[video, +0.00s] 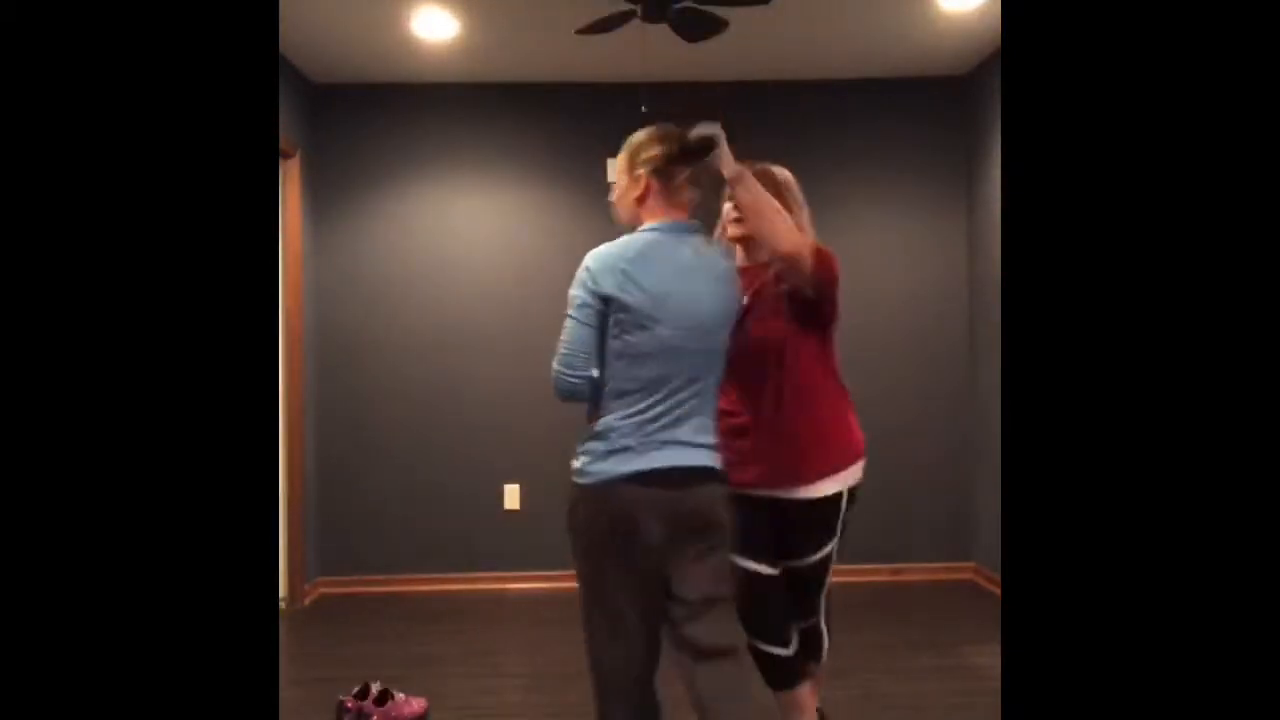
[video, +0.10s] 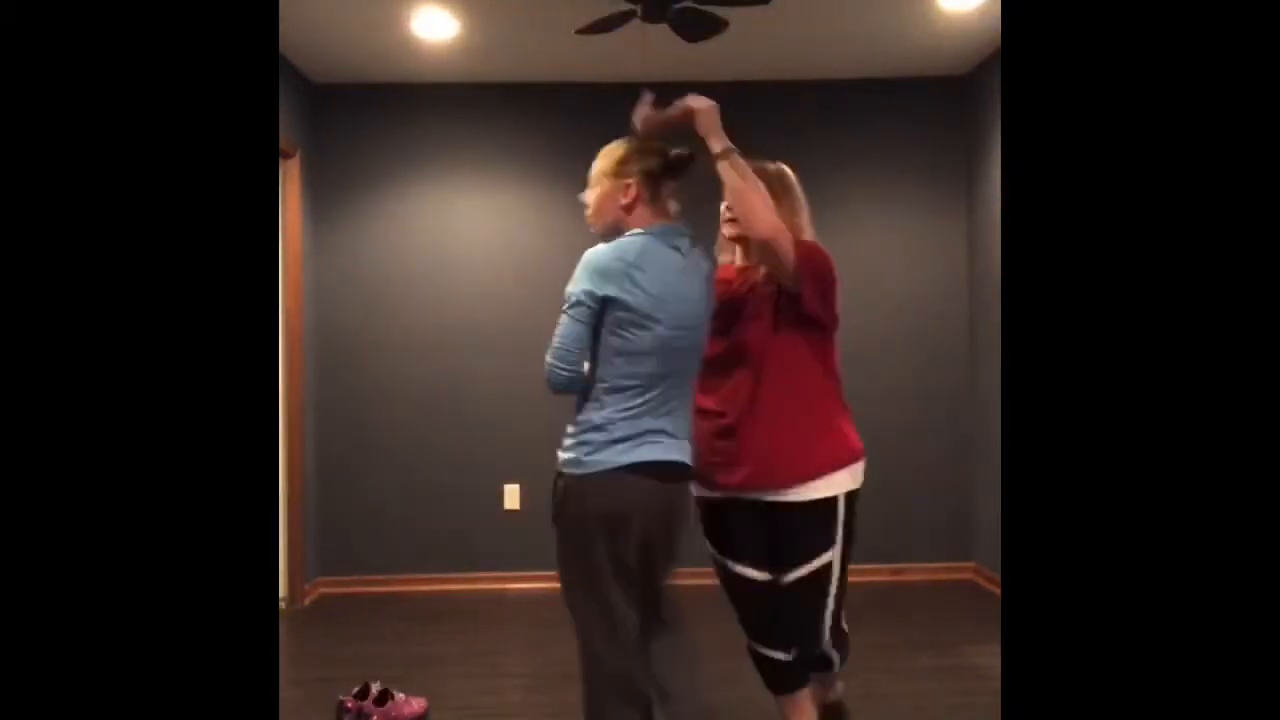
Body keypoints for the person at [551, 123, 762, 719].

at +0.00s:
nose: (612, 193)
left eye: (618, 180)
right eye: (614, 180)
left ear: (644, 184)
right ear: (687, 186)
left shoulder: (606, 263)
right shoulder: (724, 265)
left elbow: (571, 379)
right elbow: (720, 358)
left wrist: (627, 383)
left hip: (615, 490)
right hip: (701, 485)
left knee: (622, 664)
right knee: (717, 653)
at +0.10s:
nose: (585, 202)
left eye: (592, 188)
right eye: (588, 188)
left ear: (629, 192)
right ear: (653, 193)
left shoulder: (603, 261)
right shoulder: (697, 262)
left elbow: (562, 373)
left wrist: (602, 375)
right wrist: (649, 142)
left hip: (599, 484)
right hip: (668, 484)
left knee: (608, 650)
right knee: (653, 626)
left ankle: (622, 718)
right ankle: (688, 709)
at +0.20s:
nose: (570, 200)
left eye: (582, 188)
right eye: (574, 187)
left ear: (625, 197)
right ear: (630, 197)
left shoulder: (607, 263)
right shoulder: (668, 259)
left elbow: (566, 369)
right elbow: (664, 352)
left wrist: (587, 331)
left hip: (599, 466)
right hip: (643, 459)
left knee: (584, 617)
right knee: (597, 615)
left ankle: (619, 713)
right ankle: (624, 710)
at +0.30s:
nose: (573, 208)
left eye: (587, 195)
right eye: (572, 196)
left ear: (626, 202)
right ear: (574, 201)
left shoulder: (630, 265)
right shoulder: (617, 258)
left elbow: (605, 365)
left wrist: (559, 346)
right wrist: (566, 152)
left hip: (609, 461)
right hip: (591, 455)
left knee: (575, 606)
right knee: (548, 589)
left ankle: (605, 711)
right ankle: (584, 703)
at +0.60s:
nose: (560, 220)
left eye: (573, 211)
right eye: (559, 210)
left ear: (612, 218)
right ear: (558, 216)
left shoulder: (644, 274)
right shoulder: (554, 273)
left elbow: (684, 337)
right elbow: (502, 314)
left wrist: (676, 404)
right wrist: (564, 311)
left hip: (622, 452)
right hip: (560, 450)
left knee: (613, 585)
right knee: (556, 584)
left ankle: (639, 708)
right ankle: (568, 706)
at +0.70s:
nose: (570, 225)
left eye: (582, 215)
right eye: (568, 215)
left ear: (618, 222)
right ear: (567, 222)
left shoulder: (652, 278)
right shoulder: (558, 279)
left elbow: (683, 328)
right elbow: (537, 336)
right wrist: (593, 313)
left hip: (638, 454)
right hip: (571, 454)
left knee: (639, 588)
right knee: (558, 589)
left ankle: (663, 702)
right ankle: (560, 707)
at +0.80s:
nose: (587, 228)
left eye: (599, 218)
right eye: (584, 218)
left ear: (633, 225)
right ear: (581, 226)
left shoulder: (664, 281)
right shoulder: (573, 284)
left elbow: (690, 341)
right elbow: (564, 353)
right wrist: (630, 316)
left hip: (662, 447)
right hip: (596, 449)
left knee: (664, 582)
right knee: (582, 580)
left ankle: (660, 697)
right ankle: (564, 701)